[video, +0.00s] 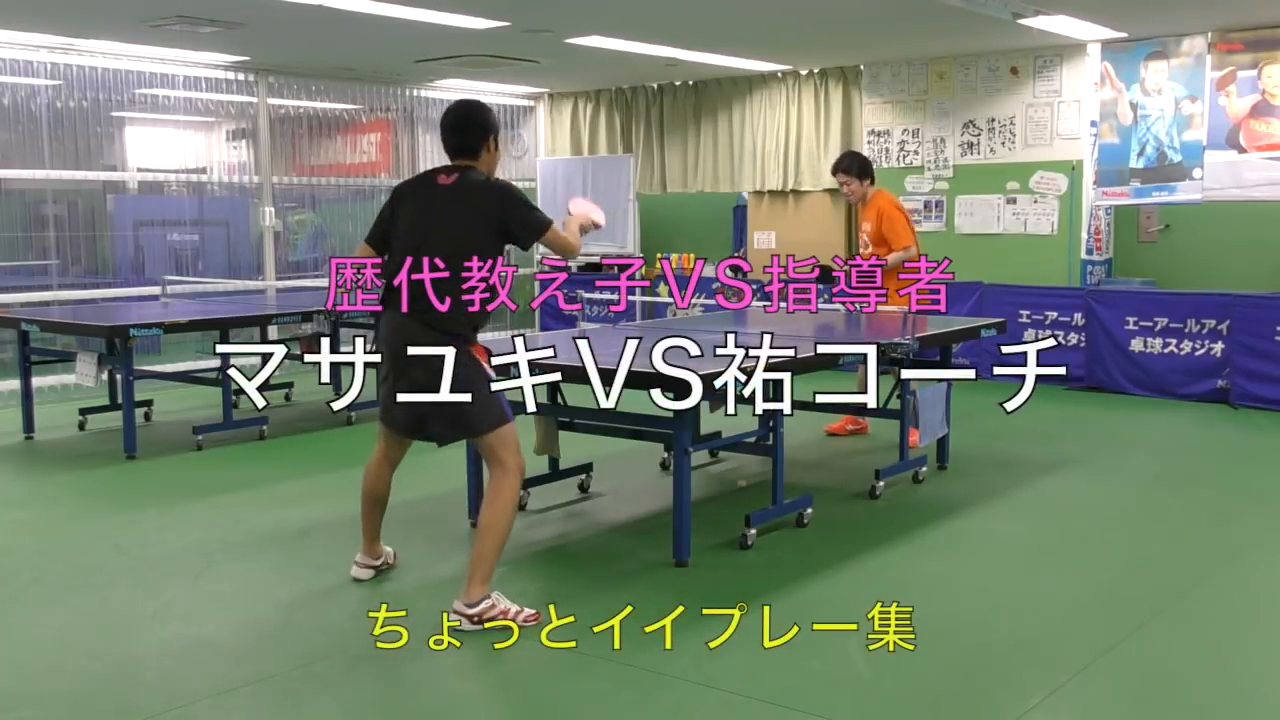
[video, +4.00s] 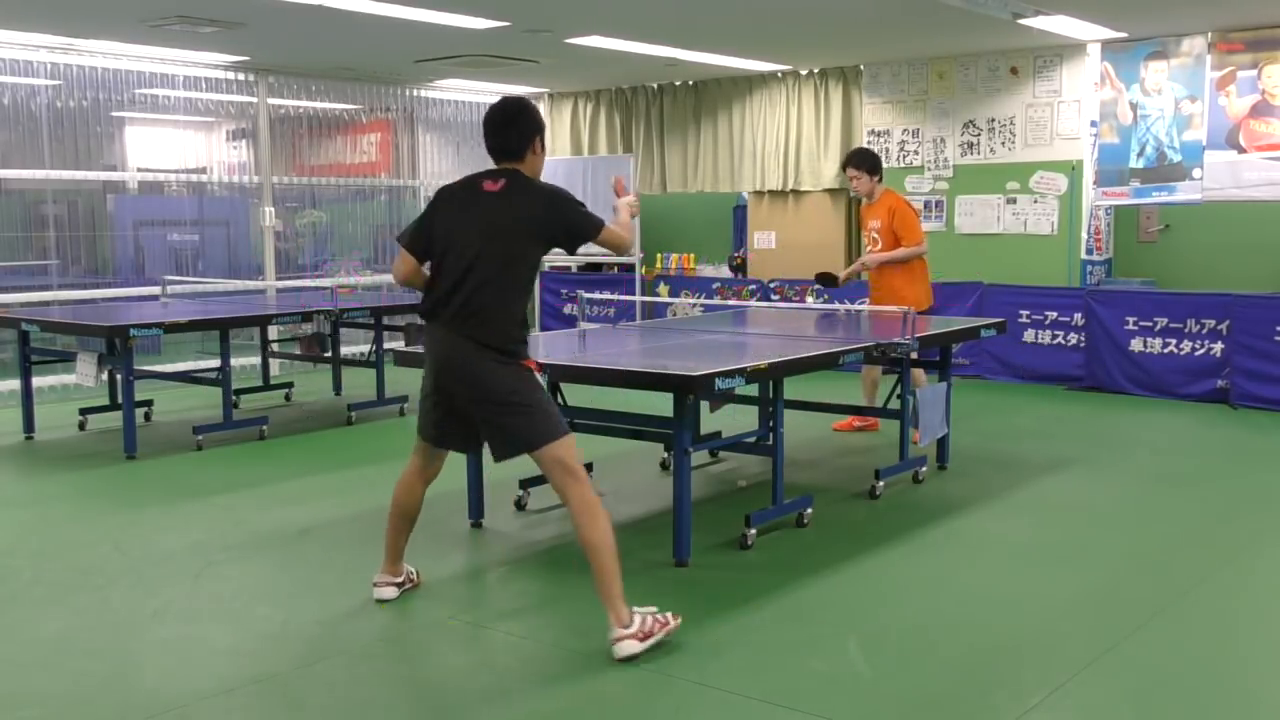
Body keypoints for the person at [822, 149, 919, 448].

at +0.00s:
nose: (844, 191)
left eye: (848, 184)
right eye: (841, 185)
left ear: (865, 179)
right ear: (845, 183)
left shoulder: (886, 206)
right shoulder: (866, 206)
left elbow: (909, 250)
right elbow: (873, 249)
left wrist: (876, 265)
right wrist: (854, 264)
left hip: (898, 298)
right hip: (876, 298)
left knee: (901, 363)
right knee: (867, 357)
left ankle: (913, 423)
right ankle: (857, 416)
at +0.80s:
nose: (843, 187)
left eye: (848, 181)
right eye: (841, 182)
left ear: (865, 179)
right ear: (848, 182)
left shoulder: (892, 205)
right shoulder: (856, 213)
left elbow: (916, 246)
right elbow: (848, 256)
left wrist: (883, 261)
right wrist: (823, 273)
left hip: (903, 298)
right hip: (872, 299)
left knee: (912, 360)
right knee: (868, 355)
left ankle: (923, 422)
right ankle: (867, 413)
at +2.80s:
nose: (852, 173)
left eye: (857, 166)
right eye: (848, 167)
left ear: (874, 168)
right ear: (845, 171)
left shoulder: (897, 197)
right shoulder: (847, 207)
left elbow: (918, 237)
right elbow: (835, 249)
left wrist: (887, 245)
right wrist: (823, 239)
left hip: (900, 295)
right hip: (864, 297)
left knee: (911, 358)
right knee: (865, 356)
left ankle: (920, 419)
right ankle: (867, 414)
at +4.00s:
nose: (853, 185)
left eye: (857, 179)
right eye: (850, 179)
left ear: (874, 176)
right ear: (850, 179)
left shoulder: (897, 205)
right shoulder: (866, 208)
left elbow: (919, 247)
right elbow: (876, 250)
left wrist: (878, 258)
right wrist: (852, 270)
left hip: (908, 300)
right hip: (880, 298)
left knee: (909, 360)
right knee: (871, 356)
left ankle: (928, 419)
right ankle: (868, 414)